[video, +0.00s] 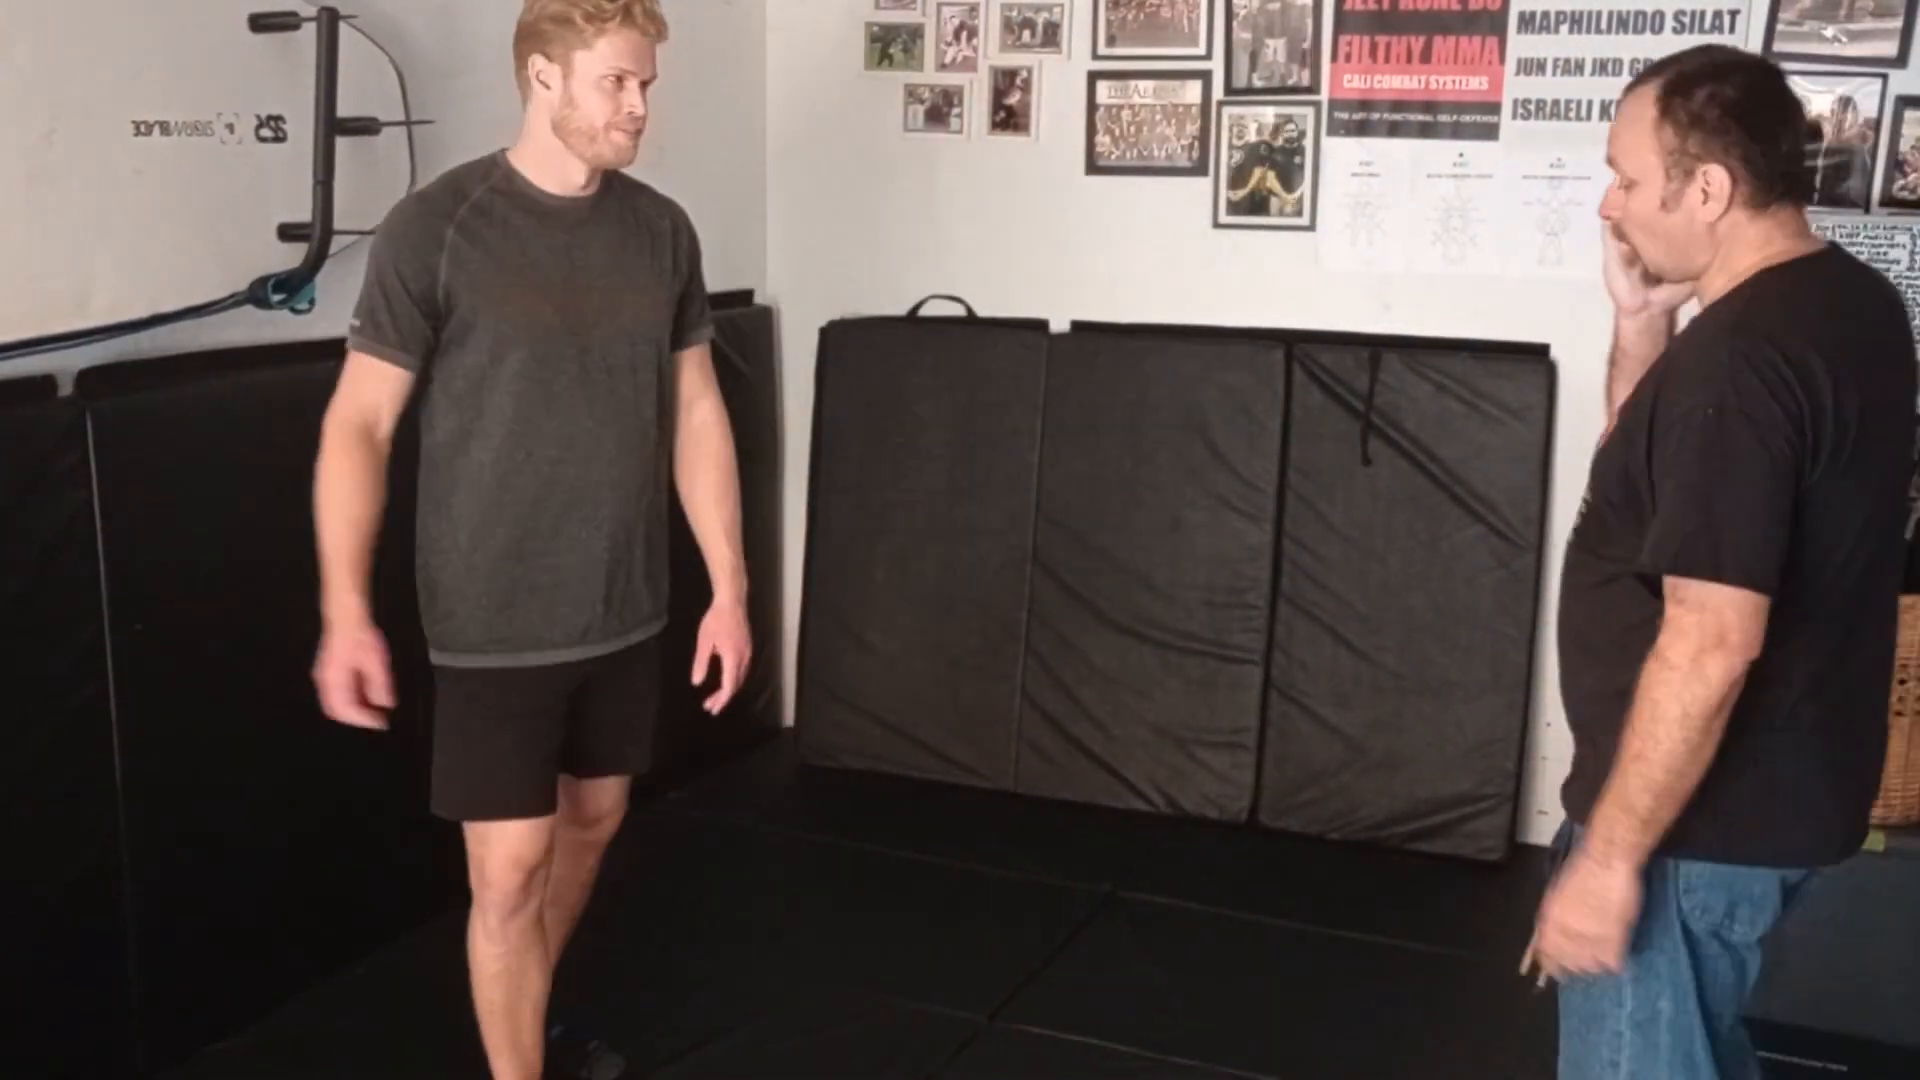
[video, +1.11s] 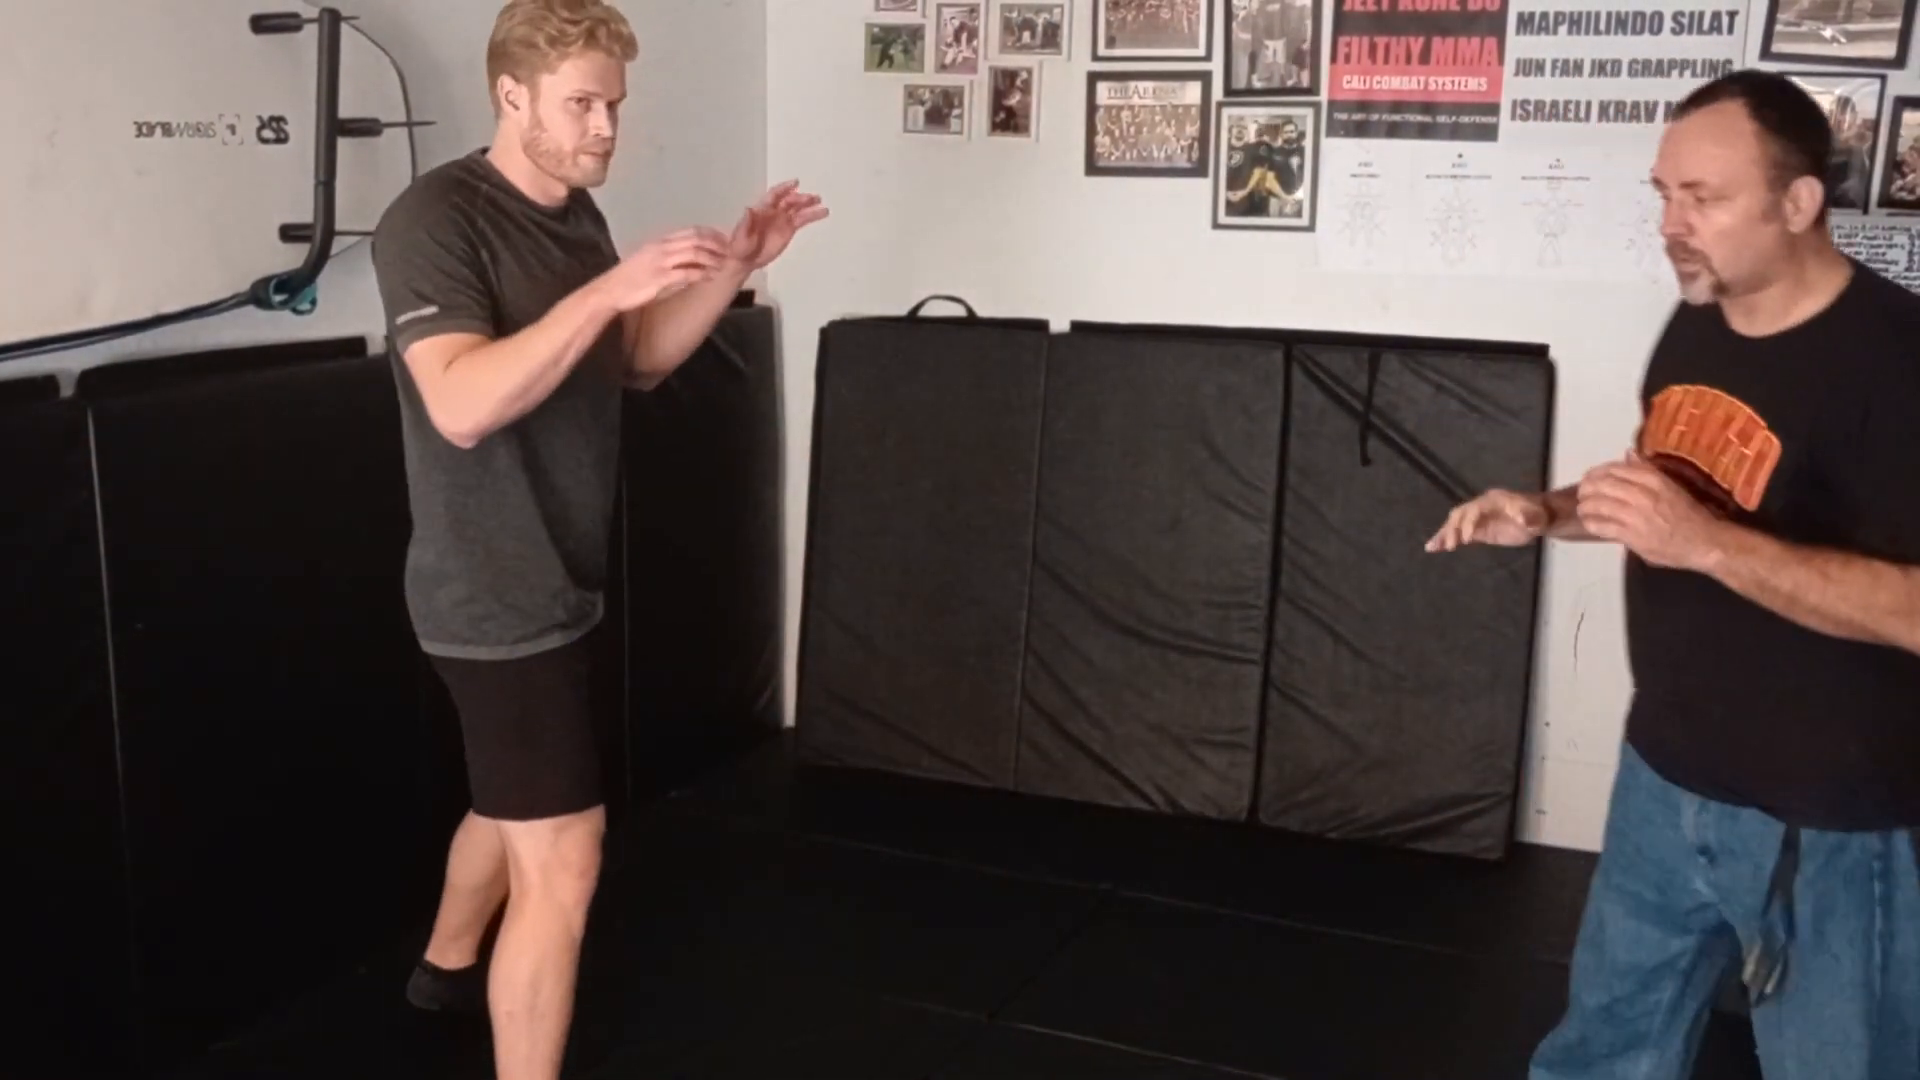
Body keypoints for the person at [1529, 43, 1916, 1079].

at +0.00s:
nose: (1609, 205)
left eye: (1624, 178)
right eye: (1612, 176)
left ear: (1710, 190)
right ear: (1724, 187)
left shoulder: (1735, 356)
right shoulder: (1857, 306)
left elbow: (1712, 637)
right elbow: (1647, 500)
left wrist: (1605, 858)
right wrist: (1640, 319)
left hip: (1685, 838)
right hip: (1771, 819)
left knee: (1636, 1065)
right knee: (1690, 1055)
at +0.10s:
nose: (1586, 204)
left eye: (1606, 180)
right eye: (1590, 176)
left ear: (1697, 190)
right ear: (1700, 188)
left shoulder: (1744, 341)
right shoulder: (1799, 298)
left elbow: (1719, 622)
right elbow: (1598, 482)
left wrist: (1548, 798)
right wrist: (1610, 310)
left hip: (1672, 821)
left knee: (1634, 1063)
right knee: (1639, 1055)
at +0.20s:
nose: (1573, 208)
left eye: (1596, 185)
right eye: (1576, 180)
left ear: (1692, 195)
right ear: (1685, 198)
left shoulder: (1769, 342)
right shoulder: (1683, 312)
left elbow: (1739, 615)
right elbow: (1536, 457)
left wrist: (1537, 753)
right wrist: (1580, 311)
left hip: (1693, 807)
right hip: (1624, 789)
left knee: (1641, 1066)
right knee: (1550, 1055)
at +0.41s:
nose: (1536, 208)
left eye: (1565, 181)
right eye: (1535, 178)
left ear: (1661, 186)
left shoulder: (1765, 326)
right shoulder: (1573, 309)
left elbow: (1821, 567)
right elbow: (1461, 464)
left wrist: (1665, 729)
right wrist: (1525, 313)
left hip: (1705, 791)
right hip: (1556, 760)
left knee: (1665, 1059)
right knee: (1534, 1047)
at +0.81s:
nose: (1547, 207)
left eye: (1573, 177)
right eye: (1537, 178)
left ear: (1662, 176)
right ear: (1530, 181)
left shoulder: (1781, 310)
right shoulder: (1555, 314)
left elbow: (1876, 521)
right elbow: (1503, 512)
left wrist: (1674, 591)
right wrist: (1482, 417)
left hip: (1743, 760)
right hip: (1579, 743)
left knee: (1779, 1049)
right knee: (1580, 1037)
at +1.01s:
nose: (1609, 204)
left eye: (1639, 176)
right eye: (1601, 176)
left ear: (1733, 180)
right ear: (1596, 178)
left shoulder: (1840, 327)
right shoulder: (1622, 310)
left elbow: (1903, 551)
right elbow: (1621, 481)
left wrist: (1679, 518)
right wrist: (1524, 471)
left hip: (1789, 788)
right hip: (1613, 764)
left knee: (1825, 1062)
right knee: (1579, 1052)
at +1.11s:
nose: (1669, 225)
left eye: (1699, 196)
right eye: (1664, 196)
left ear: (1801, 204)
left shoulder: (1899, 356)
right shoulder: (1694, 325)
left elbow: (1912, 609)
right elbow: (1677, 507)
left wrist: (1707, 540)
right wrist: (1548, 511)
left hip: (1845, 827)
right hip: (1667, 785)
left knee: (1838, 1068)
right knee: (1604, 1056)